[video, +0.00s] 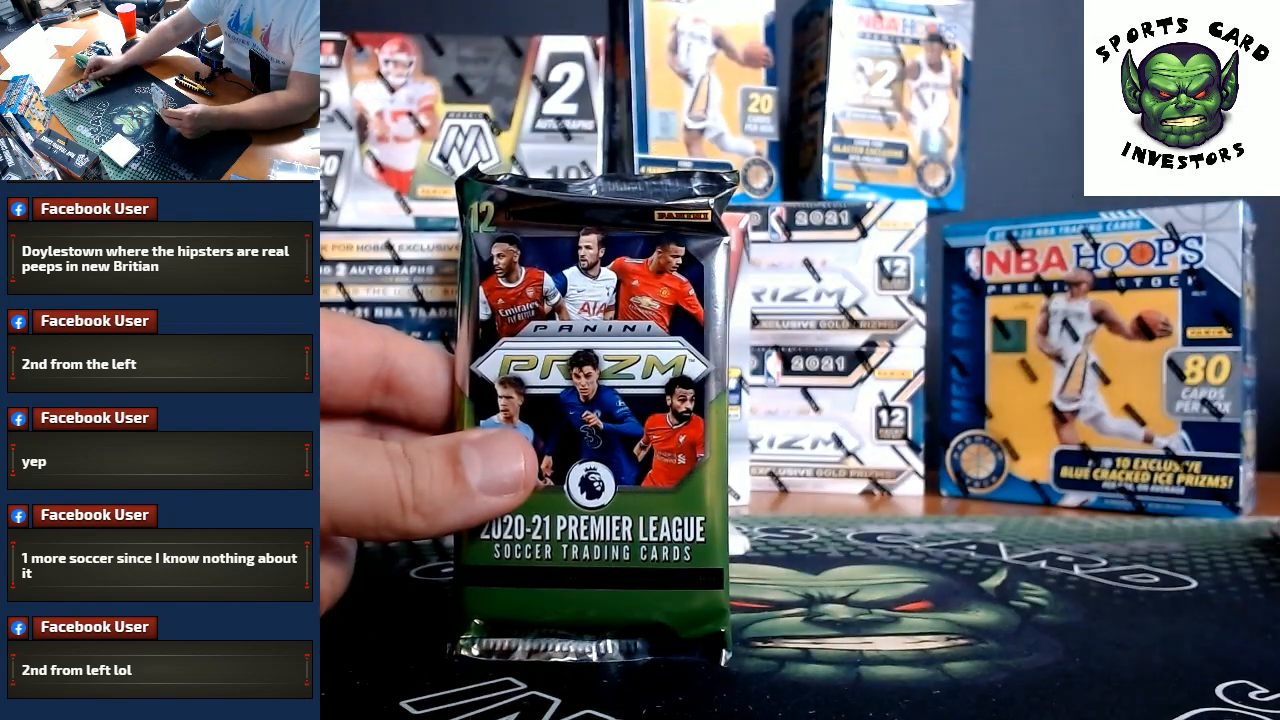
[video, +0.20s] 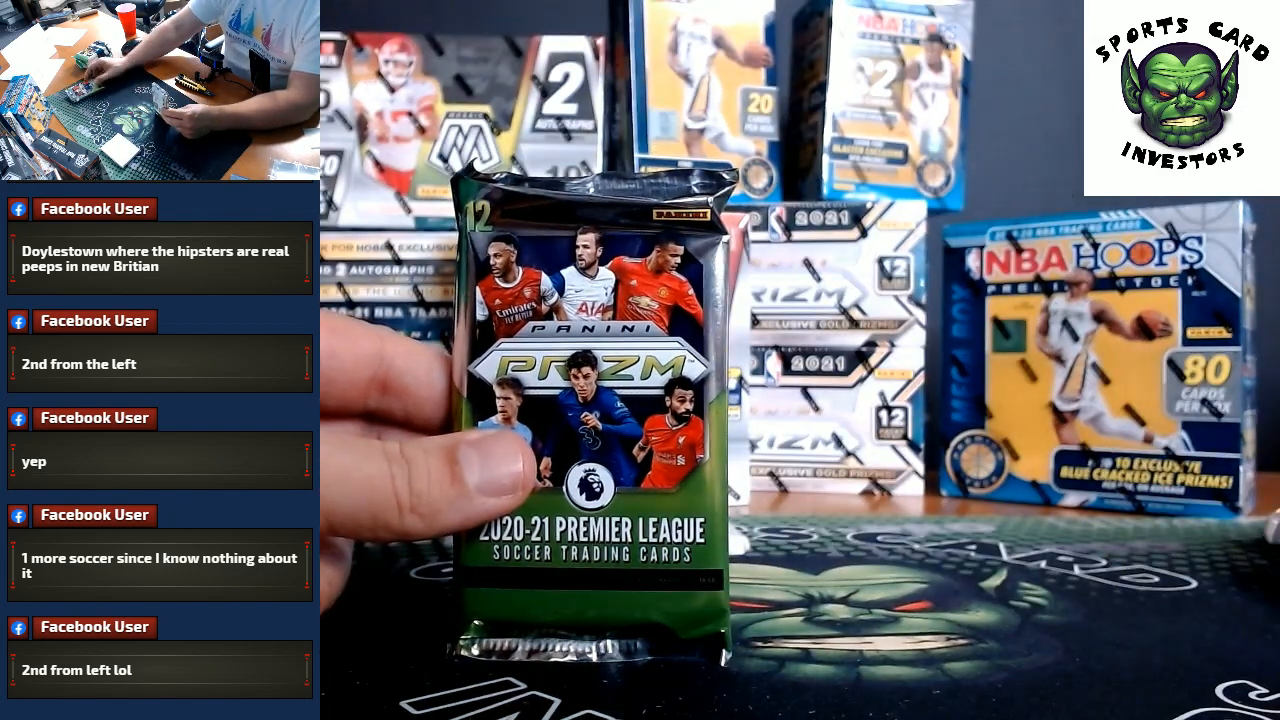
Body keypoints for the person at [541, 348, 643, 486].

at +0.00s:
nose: (583, 383)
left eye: (588, 376)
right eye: (577, 376)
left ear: (597, 374)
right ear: (571, 376)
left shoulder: (608, 397)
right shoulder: (566, 399)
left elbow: (637, 429)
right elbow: (559, 426)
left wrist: (603, 426)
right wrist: (549, 454)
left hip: (619, 469)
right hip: (588, 465)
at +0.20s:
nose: (581, 384)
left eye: (586, 377)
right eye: (576, 377)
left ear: (596, 374)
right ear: (569, 377)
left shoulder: (607, 398)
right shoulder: (565, 400)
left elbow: (636, 431)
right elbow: (557, 428)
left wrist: (602, 427)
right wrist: (548, 455)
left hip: (619, 473)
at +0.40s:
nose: (589, 385)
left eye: (594, 378)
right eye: (584, 379)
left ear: (604, 376)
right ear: (578, 378)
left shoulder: (615, 400)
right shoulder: (572, 402)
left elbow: (644, 432)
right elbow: (565, 429)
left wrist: (611, 429)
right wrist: (555, 457)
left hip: (627, 472)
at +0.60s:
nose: (592, 386)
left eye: (597, 379)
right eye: (587, 380)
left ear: (607, 377)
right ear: (581, 379)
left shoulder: (618, 400)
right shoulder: (575, 402)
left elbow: (647, 433)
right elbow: (568, 430)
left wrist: (613, 430)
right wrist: (558, 458)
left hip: (630, 473)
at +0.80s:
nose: (592, 385)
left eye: (597, 378)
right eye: (586, 379)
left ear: (606, 376)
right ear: (580, 378)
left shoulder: (618, 399)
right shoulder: (575, 401)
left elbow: (646, 432)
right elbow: (567, 428)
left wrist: (613, 428)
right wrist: (558, 457)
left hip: (629, 472)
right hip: (598, 469)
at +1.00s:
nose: (591, 385)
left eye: (596, 378)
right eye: (586, 379)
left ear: (606, 376)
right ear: (580, 378)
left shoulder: (617, 399)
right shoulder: (574, 402)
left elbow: (646, 432)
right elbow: (567, 429)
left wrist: (612, 429)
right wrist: (558, 457)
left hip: (630, 473)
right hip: (598, 471)